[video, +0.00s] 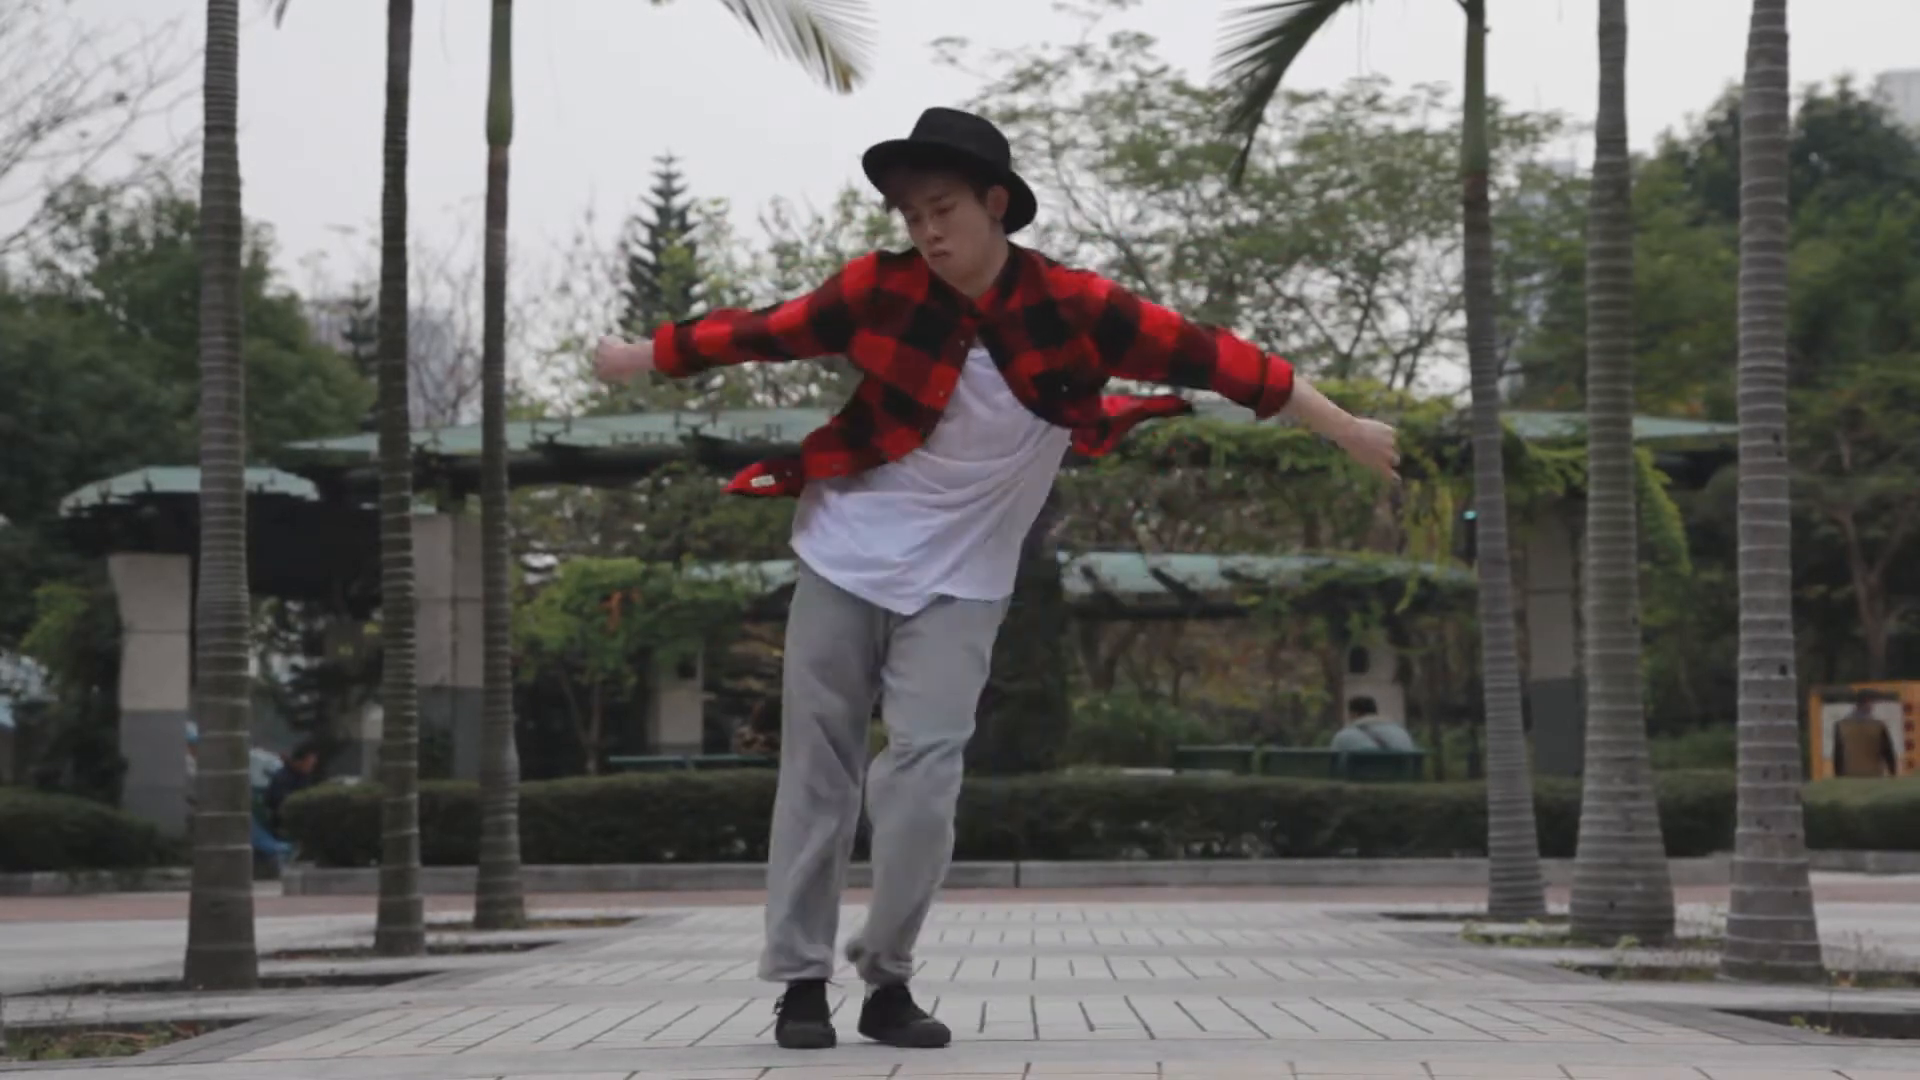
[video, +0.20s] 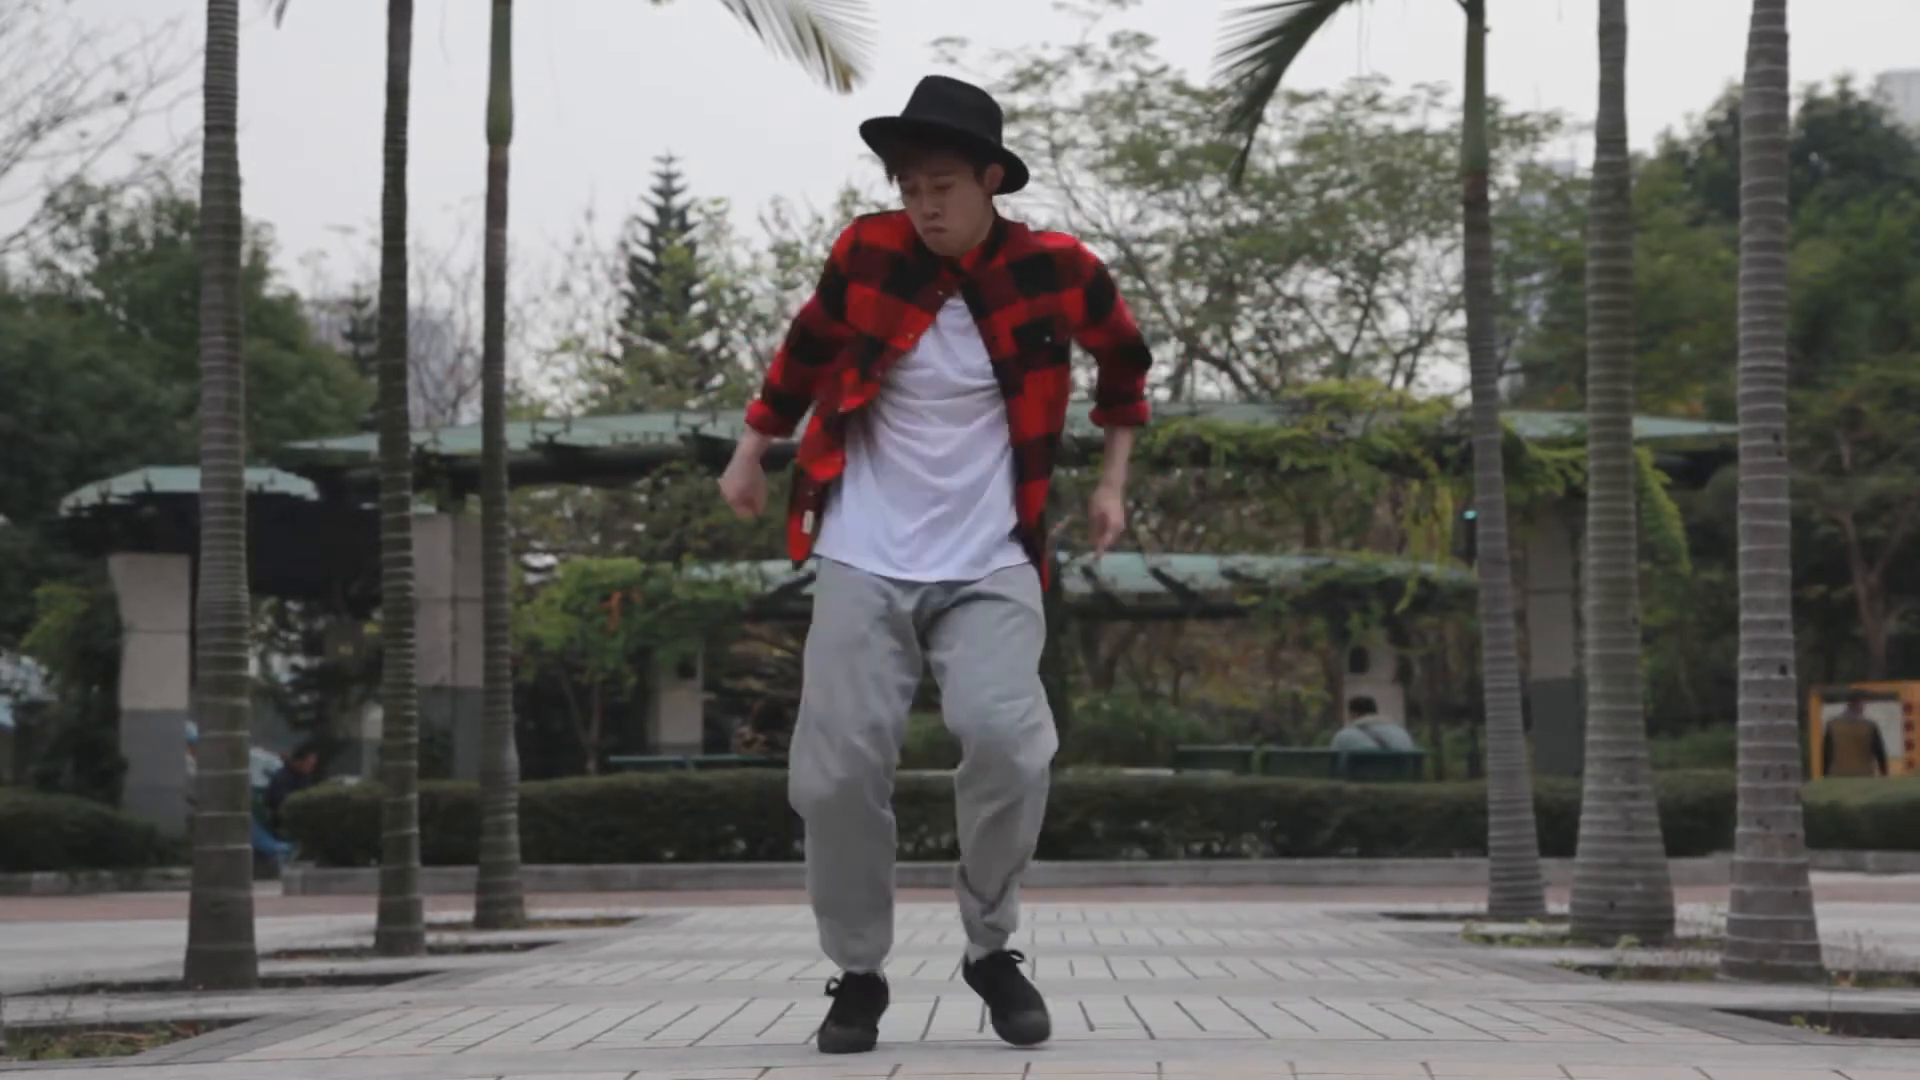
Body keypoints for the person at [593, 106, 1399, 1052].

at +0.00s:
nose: (927, 231)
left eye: (943, 208)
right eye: (912, 216)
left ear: (998, 202)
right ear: (903, 223)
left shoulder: (1072, 306)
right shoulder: (877, 290)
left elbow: (1207, 353)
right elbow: (766, 330)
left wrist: (1339, 423)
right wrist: (651, 354)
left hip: (964, 574)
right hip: (846, 550)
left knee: (930, 758)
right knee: (818, 762)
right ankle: (801, 983)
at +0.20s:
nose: (926, 199)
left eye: (945, 180)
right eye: (911, 182)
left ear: (994, 180)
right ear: (897, 185)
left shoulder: (1058, 268)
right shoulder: (866, 253)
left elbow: (1125, 356)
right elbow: (804, 350)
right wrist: (751, 452)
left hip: (989, 562)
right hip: (861, 559)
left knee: (1011, 746)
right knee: (836, 773)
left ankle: (993, 947)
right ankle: (857, 975)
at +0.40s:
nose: (910, 201)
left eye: (929, 184)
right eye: (892, 181)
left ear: (957, 185)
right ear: (862, 181)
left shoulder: (1007, 247)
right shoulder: (827, 292)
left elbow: (1062, 346)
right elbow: (820, 414)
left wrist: (1068, 368)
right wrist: (833, 471)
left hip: (1068, 531)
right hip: (948, 558)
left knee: (1092, 728)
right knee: (954, 748)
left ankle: (1069, 956)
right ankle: (956, 957)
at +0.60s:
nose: (928, 240)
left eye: (947, 223)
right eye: (910, 218)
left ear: (969, 229)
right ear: (870, 216)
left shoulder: (1014, 301)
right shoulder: (823, 337)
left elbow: (1083, 440)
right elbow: (792, 487)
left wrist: (1048, 396)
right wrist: (806, 448)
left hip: (1062, 555)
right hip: (952, 584)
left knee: (1105, 724)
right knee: (992, 767)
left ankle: (1139, 933)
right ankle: (1044, 965)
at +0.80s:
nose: (922, 272)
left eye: (944, 252)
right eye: (905, 256)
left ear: (985, 263)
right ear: (885, 269)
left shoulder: (1037, 361)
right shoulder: (845, 354)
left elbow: (1112, 462)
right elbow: (782, 447)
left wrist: (1119, 535)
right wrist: (814, 462)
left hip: (988, 576)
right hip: (875, 585)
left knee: (895, 575)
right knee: (925, 789)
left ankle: (846, 792)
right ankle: (1010, 974)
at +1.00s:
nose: (925, 208)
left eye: (948, 192)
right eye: (908, 186)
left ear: (979, 206)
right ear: (880, 192)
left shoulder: (1000, 325)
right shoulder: (818, 268)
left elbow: (1041, 462)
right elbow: (834, 391)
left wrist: (1092, 584)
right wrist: (958, 409)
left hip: (907, 552)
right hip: (820, 546)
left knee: (792, 728)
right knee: (894, 779)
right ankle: (1020, 962)